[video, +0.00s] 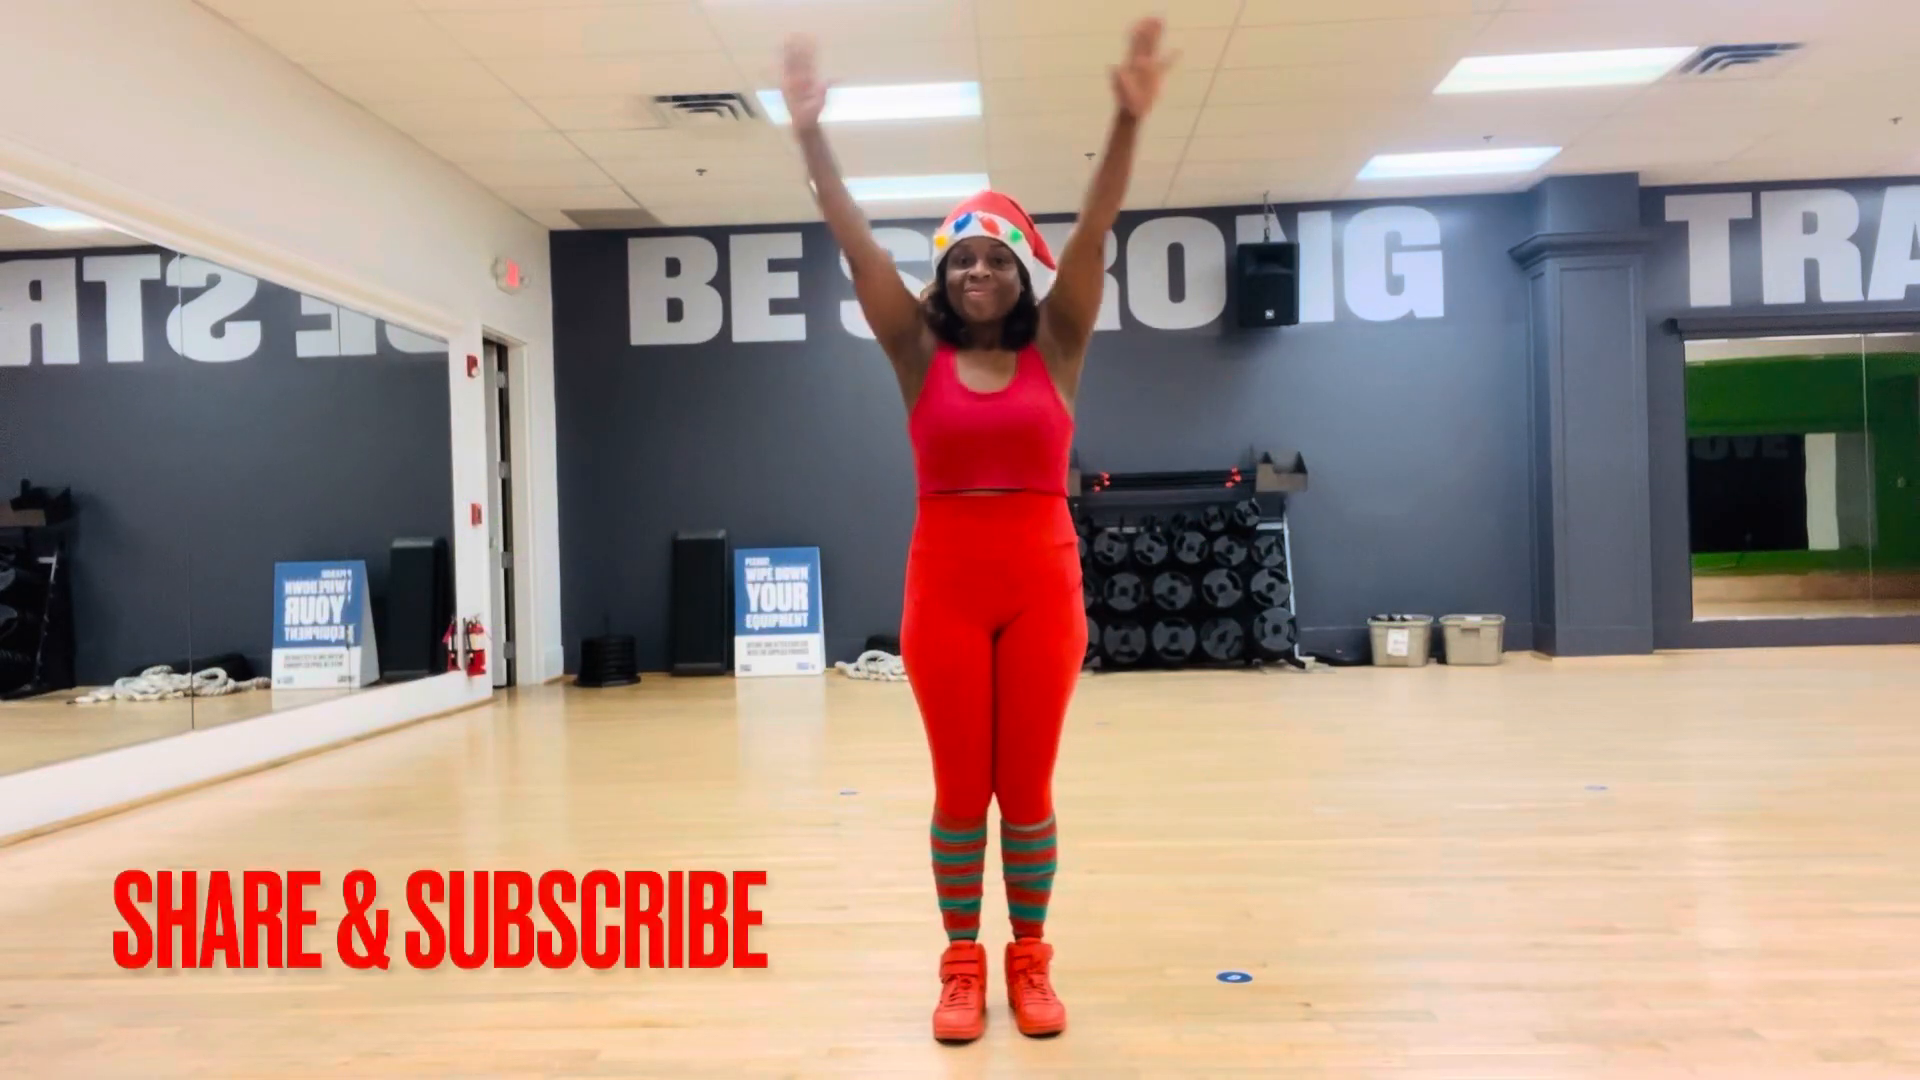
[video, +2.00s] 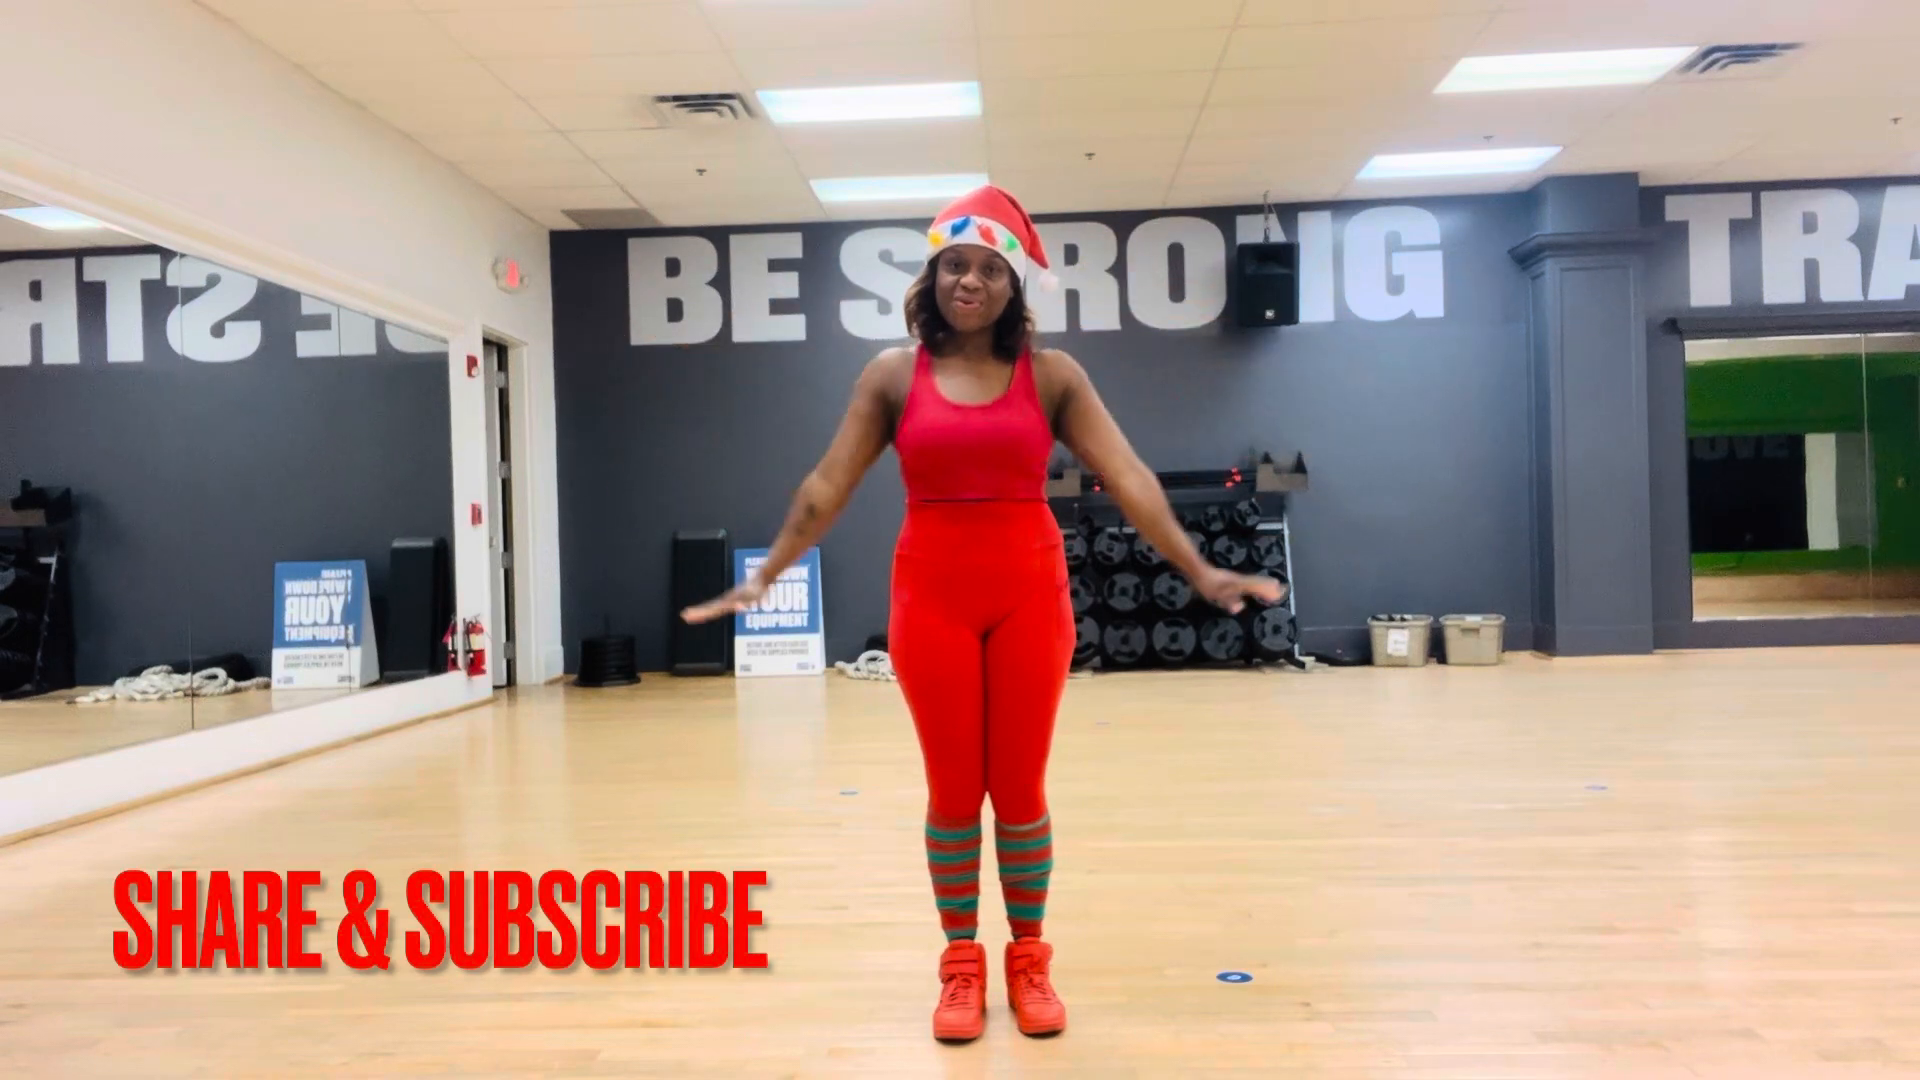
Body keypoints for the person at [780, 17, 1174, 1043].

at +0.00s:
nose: (980, 273)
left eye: (998, 260)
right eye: (963, 260)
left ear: (1025, 277)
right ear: (942, 278)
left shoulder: (1055, 347)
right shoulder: (917, 352)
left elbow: (1095, 230)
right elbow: (850, 236)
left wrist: (1130, 117)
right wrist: (808, 126)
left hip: (1045, 591)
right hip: (944, 596)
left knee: (1027, 787)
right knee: (961, 786)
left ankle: (1031, 960)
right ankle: (963, 964)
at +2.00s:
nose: (966, 283)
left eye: (985, 270)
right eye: (953, 266)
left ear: (1012, 285)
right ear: (932, 277)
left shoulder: (1050, 373)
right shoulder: (894, 374)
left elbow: (1126, 475)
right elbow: (827, 485)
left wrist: (1202, 569)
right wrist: (764, 576)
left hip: (1030, 590)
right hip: (931, 592)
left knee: (1019, 785)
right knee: (954, 786)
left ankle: (1030, 963)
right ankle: (962, 965)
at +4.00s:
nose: (1005, 287)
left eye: (1024, 273)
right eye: (990, 271)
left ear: (1050, 288)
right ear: (968, 285)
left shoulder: (1092, 366)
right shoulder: (935, 385)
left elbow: (1152, 477)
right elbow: (886, 488)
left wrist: (1078, 458)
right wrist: (924, 523)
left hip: (1051, 610)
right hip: (948, 609)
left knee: (1061, 807)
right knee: (956, 803)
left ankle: (1036, 968)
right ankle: (938, 968)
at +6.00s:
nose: (1032, 291)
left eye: (1052, 280)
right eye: (1019, 274)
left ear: (1081, 299)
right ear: (999, 285)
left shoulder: (1108, 396)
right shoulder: (951, 373)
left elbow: (1158, 499)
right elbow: (888, 472)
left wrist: (1110, 527)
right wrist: (940, 470)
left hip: (1085, 611)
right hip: (982, 611)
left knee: (1077, 796)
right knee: (950, 803)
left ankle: (1088, 966)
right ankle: (954, 969)